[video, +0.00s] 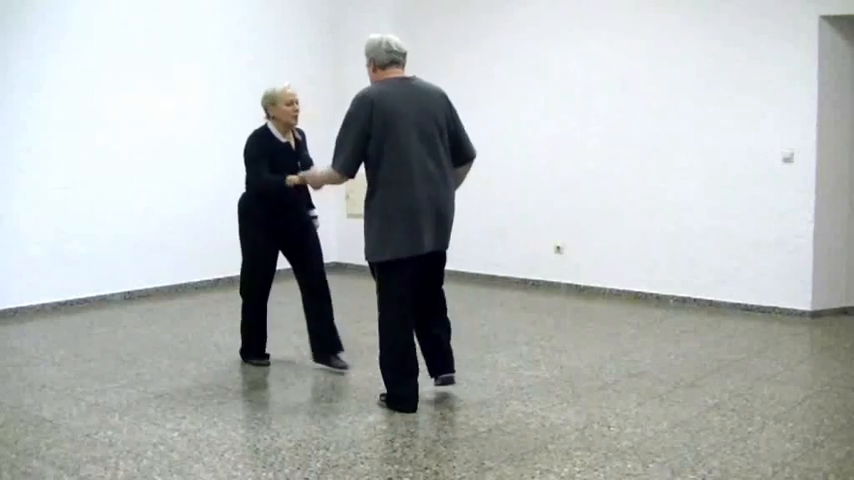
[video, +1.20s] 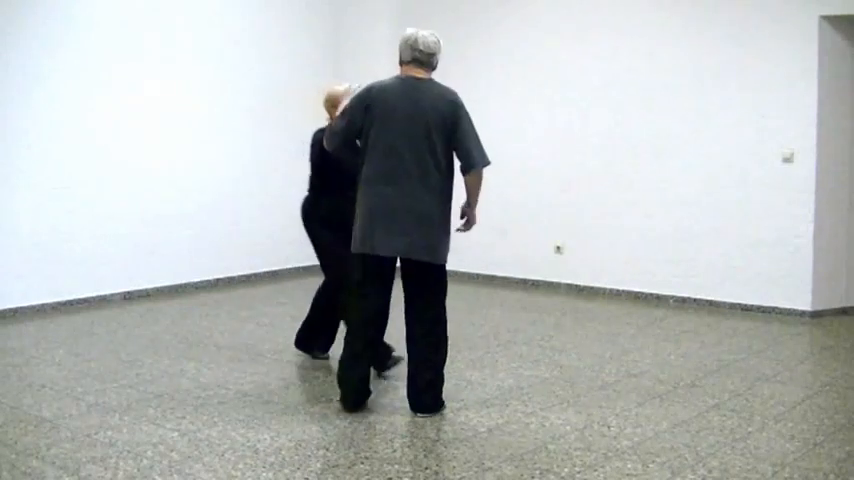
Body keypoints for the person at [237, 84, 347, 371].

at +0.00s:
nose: (296, 108)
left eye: (297, 103)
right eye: (289, 104)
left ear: (297, 108)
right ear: (271, 110)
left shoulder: (298, 136)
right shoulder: (257, 141)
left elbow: (303, 171)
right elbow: (258, 182)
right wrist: (291, 180)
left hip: (295, 219)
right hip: (260, 222)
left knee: (315, 282)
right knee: (256, 287)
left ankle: (326, 350)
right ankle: (252, 351)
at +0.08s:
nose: (291, 106)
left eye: (291, 101)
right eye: (284, 102)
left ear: (290, 105)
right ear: (266, 108)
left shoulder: (292, 135)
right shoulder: (252, 138)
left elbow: (297, 174)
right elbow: (250, 179)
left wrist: (310, 207)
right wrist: (285, 174)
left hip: (289, 216)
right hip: (255, 219)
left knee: (308, 276)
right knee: (253, 286)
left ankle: (304, 342)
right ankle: (252, 350)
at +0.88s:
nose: (314, 108)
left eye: (315, 103)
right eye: (307, 105)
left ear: (315, 108)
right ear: (291, 112)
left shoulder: (318, 141)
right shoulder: (281, 139)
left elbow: (320, 181)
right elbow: (281, 176)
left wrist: (343, 194)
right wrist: (310, 158)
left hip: (312, 218)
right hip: (281, 219)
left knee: (323, 281)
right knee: (287, 281)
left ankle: (310, 344)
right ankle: (261, 343)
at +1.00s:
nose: (330, 102)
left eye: (330, 98)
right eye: (323, 99)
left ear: (330, 103)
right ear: (307, 106)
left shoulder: (332, 135)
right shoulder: (296, 132)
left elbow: (340, 173)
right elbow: (294, 166)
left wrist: (368, 181)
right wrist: (319, 146)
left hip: (324, 213)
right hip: (295, 211)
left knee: (329, 277)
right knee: (314, 274)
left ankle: (318, 346)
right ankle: (299, 341)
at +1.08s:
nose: (341, 104)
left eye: (341, 99)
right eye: (335, 100)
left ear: (338, 102)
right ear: (318, 105)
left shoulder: (344, 134)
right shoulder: (307, 133)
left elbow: (353, 171)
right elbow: (309, 169)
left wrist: (377, 178)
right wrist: (330, 138)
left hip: (333, 209)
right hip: (304, 209)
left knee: (334, 271)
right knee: (328, 271)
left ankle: (312, 338)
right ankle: (331, 342)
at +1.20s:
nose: (355, 111)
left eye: (354, 106)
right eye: (349, 107)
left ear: (340, 111)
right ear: (336, 110)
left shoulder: (355, 139)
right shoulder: (328, 139)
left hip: (347, 213)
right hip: (324, 214)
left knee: (341, 278)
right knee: (346, 278)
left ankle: (312, 339)